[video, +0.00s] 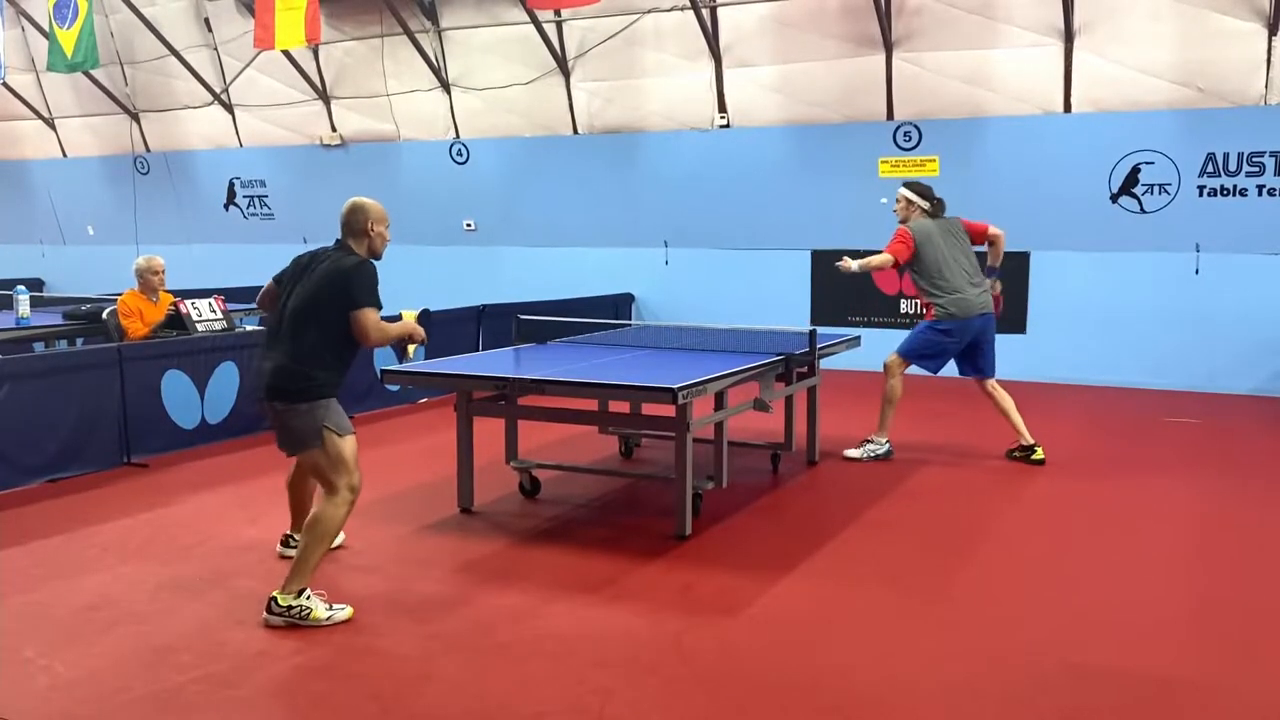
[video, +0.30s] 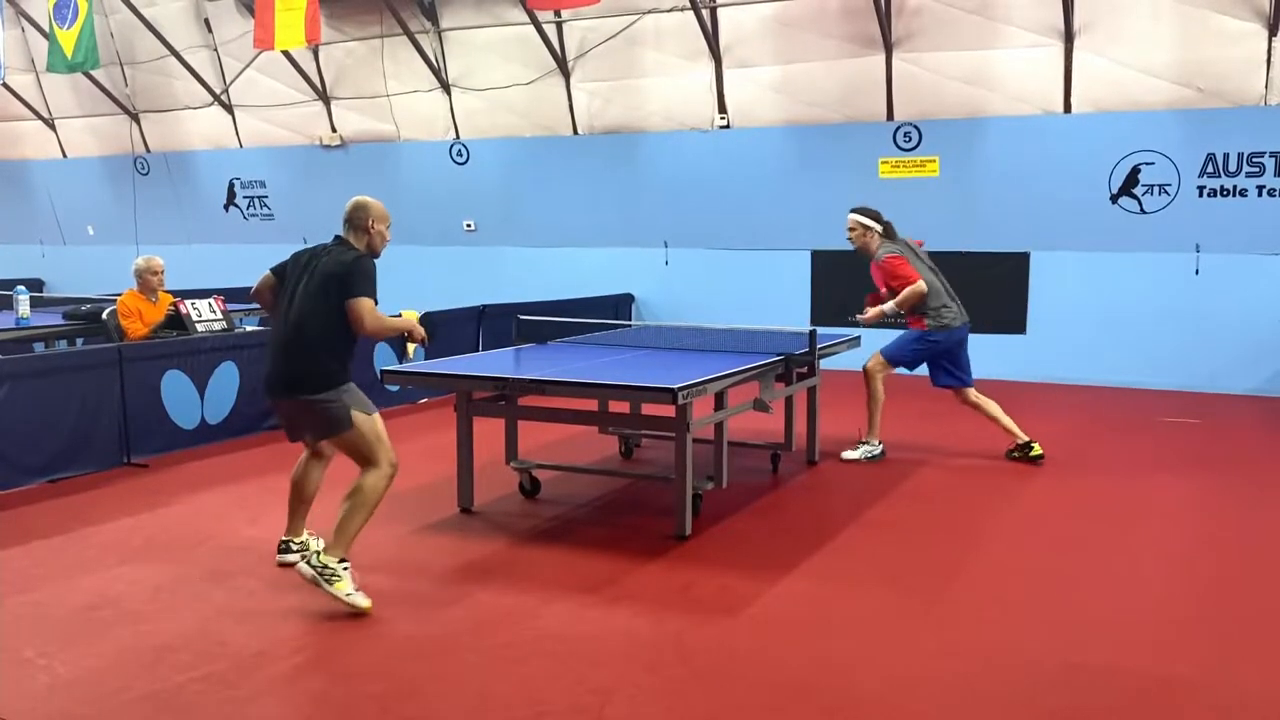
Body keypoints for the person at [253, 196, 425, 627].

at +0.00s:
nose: (389, 235)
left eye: (387, 228)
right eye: (385, 228)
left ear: (348, 230)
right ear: (370, 230)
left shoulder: (309, 259)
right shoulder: (358, 269)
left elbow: (266, 301)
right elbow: (370, 333)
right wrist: (404, 327)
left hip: (281, 385)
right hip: (308, 389)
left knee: (310, 458)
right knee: (346, 487)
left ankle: (299, 534)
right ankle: (289, 597)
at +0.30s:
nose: (388, 235)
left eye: (388, 228)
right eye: (385, 228)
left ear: (350, 226)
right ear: (369, 227)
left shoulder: (307, 256)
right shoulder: (358, 263)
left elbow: (263, 291)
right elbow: (367, 324)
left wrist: (295, 321)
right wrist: (406, 325)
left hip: (284, 379)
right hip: (321, 381)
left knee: (320, 448)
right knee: (382, 465)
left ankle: (293, 539)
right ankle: (332, 560)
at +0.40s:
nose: (390, 239)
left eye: (390, 230)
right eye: (388, 230)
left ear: (355, 222)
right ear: (378, 229)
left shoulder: (315, 257)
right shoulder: (365, 262)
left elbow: (274, 291)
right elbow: (365, 317)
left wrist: (309, 315)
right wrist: (403, 327)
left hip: (294, 380)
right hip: (336, 383)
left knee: (322, 448)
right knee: (388, 445)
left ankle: (294, 538)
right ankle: (388, 560)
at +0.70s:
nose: (409, 244)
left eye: (410, 236)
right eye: (406, 235)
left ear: (373, 231)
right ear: (387, 232)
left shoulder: (323, 258)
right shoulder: (388, 274)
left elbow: (283, 294)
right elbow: (428, 328)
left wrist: (319, 308)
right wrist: (485, 337)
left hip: (309, 385)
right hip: (358, 388)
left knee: (305, 456)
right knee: (424, 458)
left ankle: (272, 542)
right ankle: (427, 561)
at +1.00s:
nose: (470, 238)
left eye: (469, 230)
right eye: (466, 230)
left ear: (431, 229)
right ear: (447, 231)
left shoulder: (385, 249)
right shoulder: (460, 275)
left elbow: (329, 266)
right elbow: (513, 316)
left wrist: (267, 273)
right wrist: (566, 338)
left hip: (350, 364)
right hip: (405, 372)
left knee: (312, 443)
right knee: (460, 447)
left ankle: (273, 533)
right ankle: (498, 531)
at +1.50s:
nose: (421, 226)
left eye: (421, 219)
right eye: (419, 218)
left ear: (381, 217)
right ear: (403, 218)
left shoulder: (336, 247)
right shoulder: (405, 263)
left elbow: (288, 277)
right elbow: (430, 323)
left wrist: (303, 304)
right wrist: (481, 335)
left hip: (309, 370)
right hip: (360, 375)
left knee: (295, 453)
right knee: (422, 450)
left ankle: (276, 543)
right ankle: (459, 545)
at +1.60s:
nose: (410, 228)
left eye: (410, 220)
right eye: (407, 220)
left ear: (370, 217)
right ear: (389, 219)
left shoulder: (323, 246)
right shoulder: (386, 267)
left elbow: (276, 279)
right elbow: (389, 330)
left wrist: (307, 313)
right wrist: (441, 357)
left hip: (285, 371)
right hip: (335, 378)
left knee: (277, 451)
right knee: (400, 455)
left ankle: (229, 540)